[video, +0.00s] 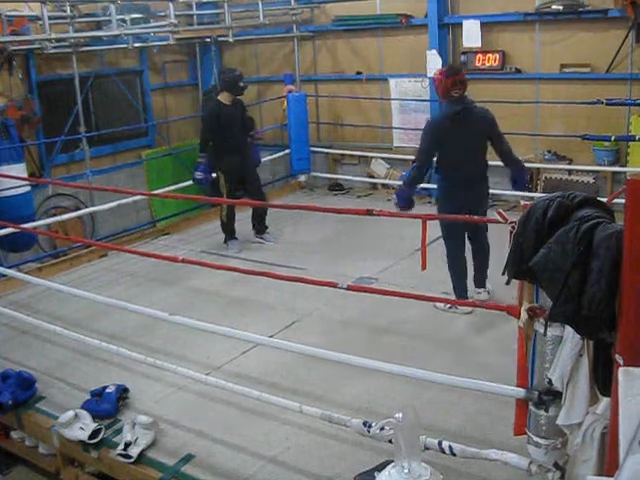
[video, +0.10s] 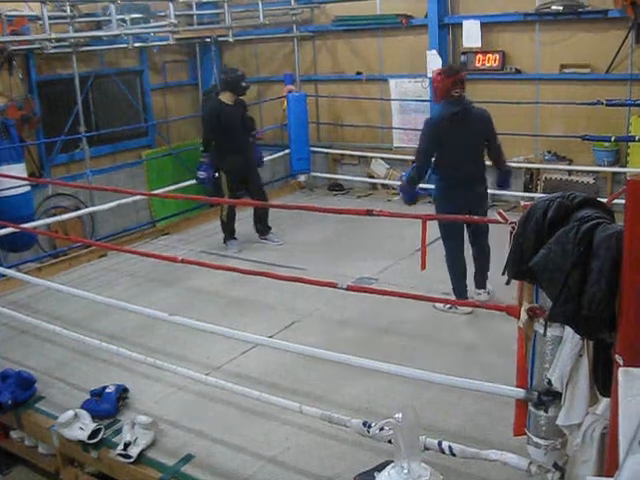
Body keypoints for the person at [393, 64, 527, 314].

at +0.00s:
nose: (437, 92)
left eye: (438, 89)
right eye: (456, 87)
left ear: (441, 92)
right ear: (464, 88)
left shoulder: (437, 123)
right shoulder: (483, 116)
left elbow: (422, 164)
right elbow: (503, 148)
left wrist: (405, 190)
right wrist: (518, 171)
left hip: (449, 194)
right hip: (478, 191)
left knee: (454, 245)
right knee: (478, 236)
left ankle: (462, 299)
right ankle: (481, 286)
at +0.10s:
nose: (436, 92)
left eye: (437, 89)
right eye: (456, 87)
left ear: (441, 90)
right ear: (462, 88)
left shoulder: (435, 122)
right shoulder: (481, 116)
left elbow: (422, 162)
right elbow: (494, 149)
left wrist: (409, 185)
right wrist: (504, 171)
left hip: (448, 194)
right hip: (477, 192)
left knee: (453, 247)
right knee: (480, 240)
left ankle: (461, 299)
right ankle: (481, 288)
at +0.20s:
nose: (432, 93)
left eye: (434, 88)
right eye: (433, 88)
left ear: (440, 90)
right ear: (460, 88)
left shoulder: (435, 122)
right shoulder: (480, 117)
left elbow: (426, 164)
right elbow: (484, 156)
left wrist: (417, 179)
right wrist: (473, 175)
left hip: (446, 193)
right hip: (475, 191)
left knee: (452, 248)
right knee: (478, 239)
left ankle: (461, 300)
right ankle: (481, 288)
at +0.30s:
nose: (431, 92)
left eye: (433, 88)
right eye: (433, 87)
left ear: (438, 90)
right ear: (460, 88)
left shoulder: (434, 123)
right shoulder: (478, 116)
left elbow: (429, 163)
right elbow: (481, 154)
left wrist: (428, 183)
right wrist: (470, 172)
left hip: (445, 193)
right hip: (473, 190)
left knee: (451, 249)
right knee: (476, 241)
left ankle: (460, 300)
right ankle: (480, 288)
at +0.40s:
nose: (430, 92)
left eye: (433, 87)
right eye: (430, 87)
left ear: (440, 89)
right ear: (458, 87)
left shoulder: (437, 122)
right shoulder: (476, 116)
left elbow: (426, 161)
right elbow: (478, 152)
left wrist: (418, 190)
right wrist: (467, 172)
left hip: (445, 192)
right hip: (471, 190)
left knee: (450, 248)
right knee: (472, 239)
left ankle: (461, 300)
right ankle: (477, 288)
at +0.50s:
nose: (425, 95)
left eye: (427, 90)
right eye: (425, 89)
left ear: (438, 91)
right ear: (452, 90)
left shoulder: (437, 123)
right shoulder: (473, 117)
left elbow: (426, 164)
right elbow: (475, 154)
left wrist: (413, 193)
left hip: (444, 193)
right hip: (468, 190)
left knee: (448, 244)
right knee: (464, 236)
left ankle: (460, 299)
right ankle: (468, 283)